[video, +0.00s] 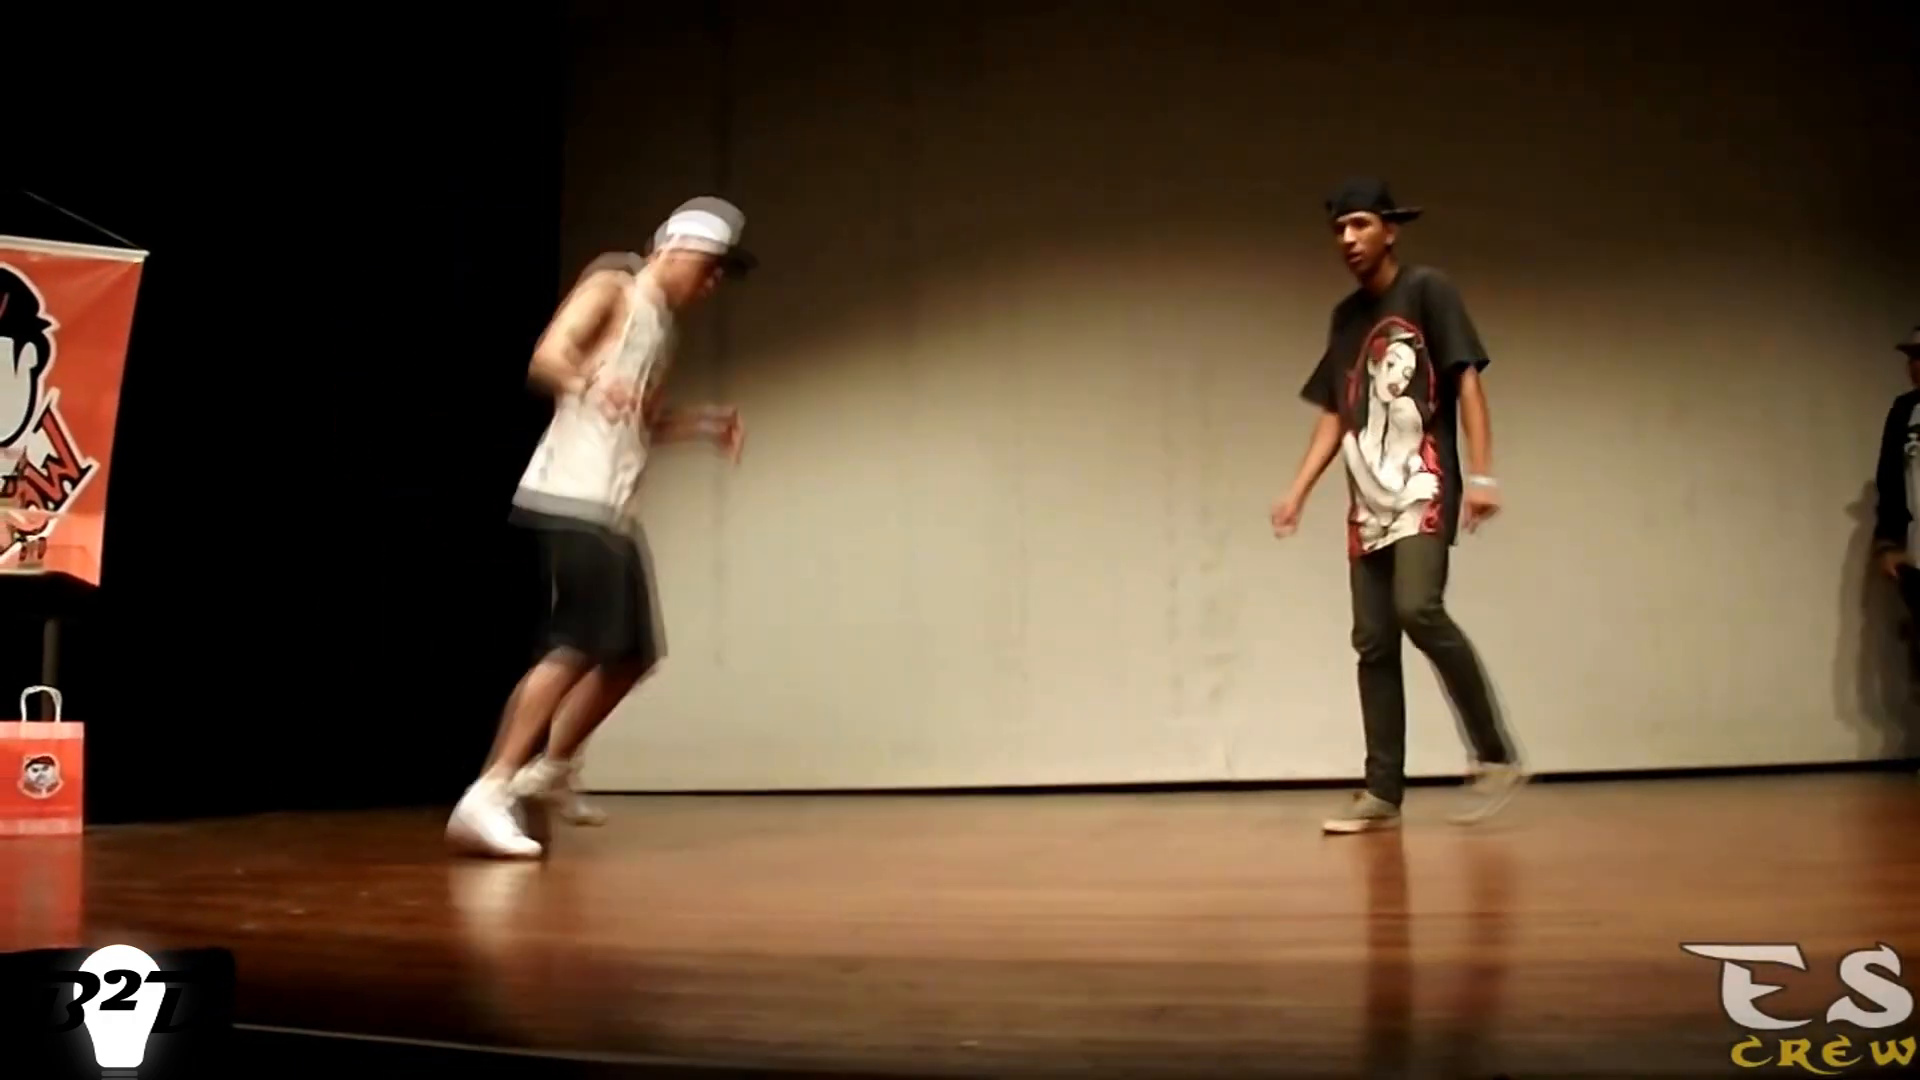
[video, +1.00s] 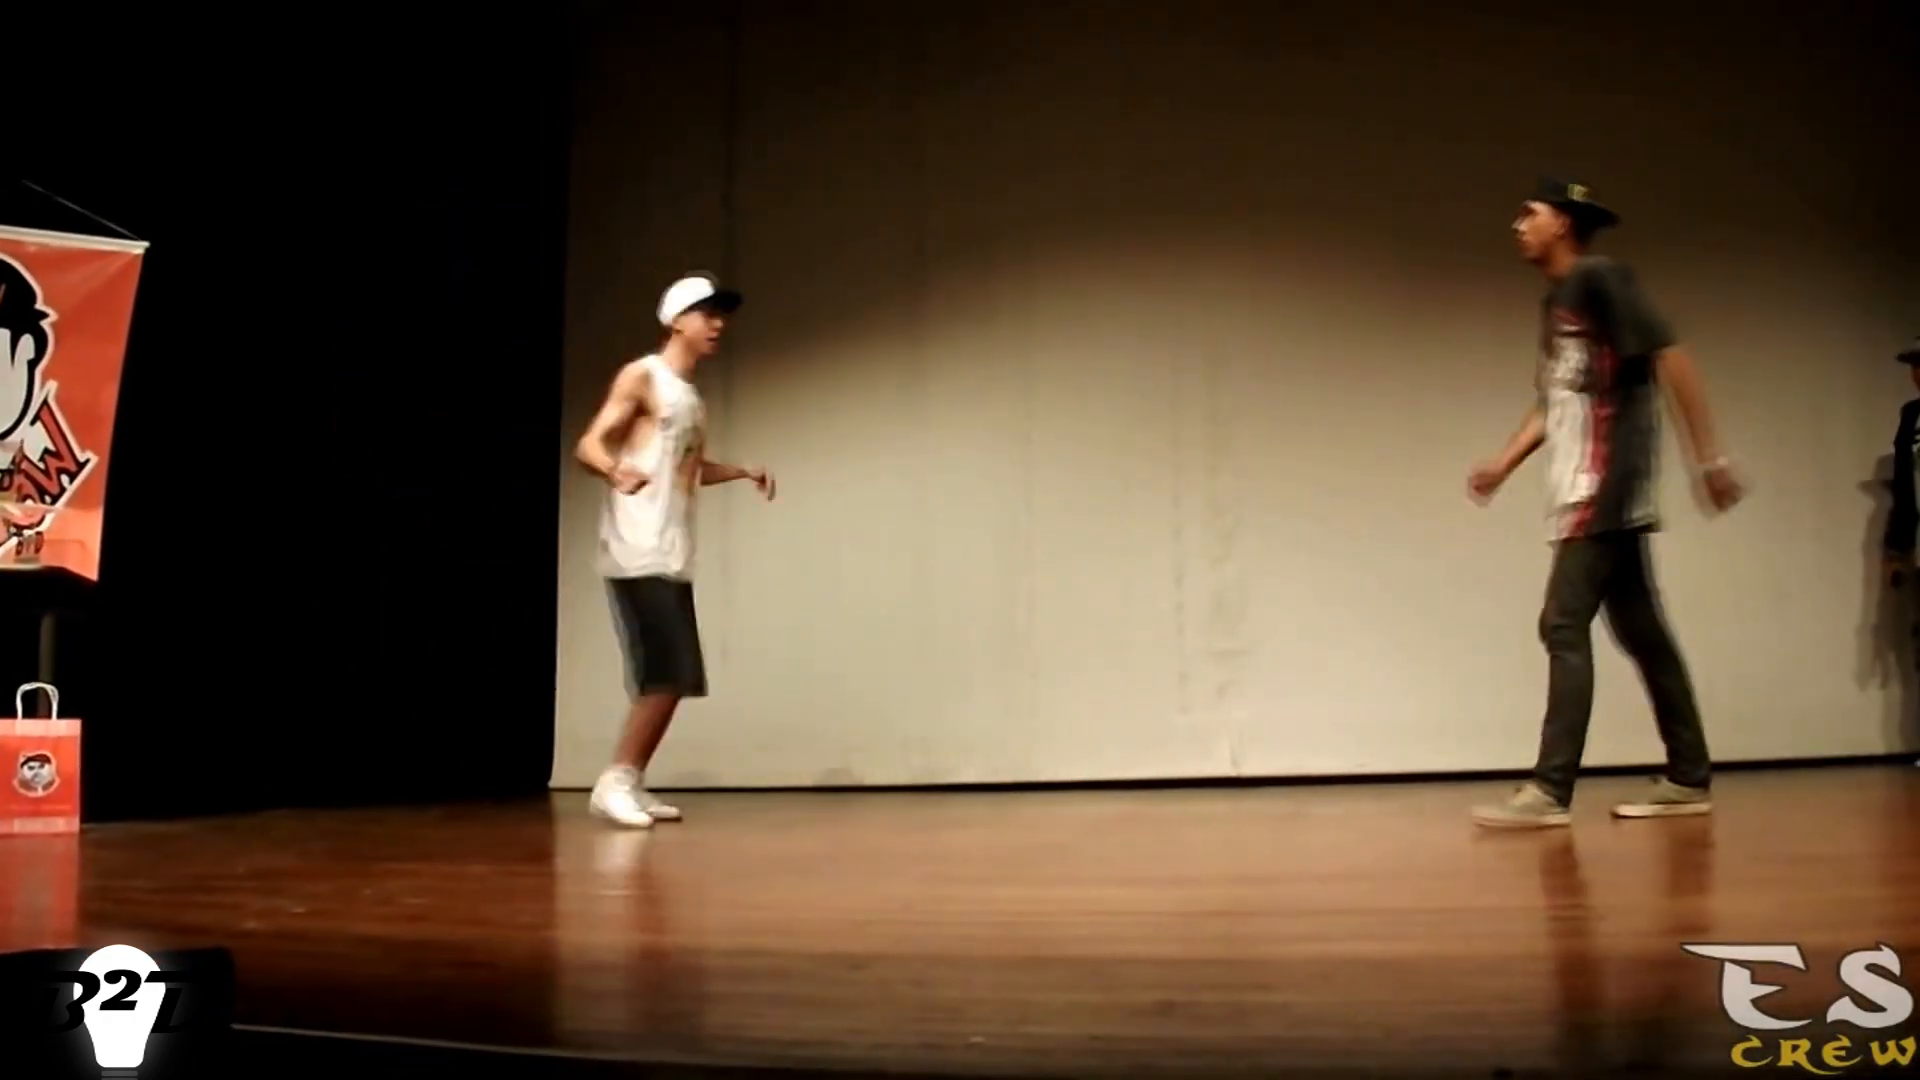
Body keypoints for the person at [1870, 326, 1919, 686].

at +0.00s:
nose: (1914, 366)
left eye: (1918, 358)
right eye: (1912, 358)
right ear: (1909, 362)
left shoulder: (1907, 410)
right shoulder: (1905, 409)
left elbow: (1890, 483)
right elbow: (1890, 482)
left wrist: (1891, 542)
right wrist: (1889, 542)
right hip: (1916, 559)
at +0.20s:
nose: (1914, 369)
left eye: (1916, 361)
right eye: (1912, 361)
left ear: (1919, 366)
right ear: (1910, 365)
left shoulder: (1906, 415)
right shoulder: (1905, 414)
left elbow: (1893, 486)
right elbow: (1893, 485)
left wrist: (1887, 542)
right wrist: (1885, 542)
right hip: (1918, 559)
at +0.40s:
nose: (1912, 375)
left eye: (1915, 367)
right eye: (1911, 367)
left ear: (1918, 372)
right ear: (1911, 373)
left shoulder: (1907, 418)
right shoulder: (1905, 418)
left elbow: (1894, 489)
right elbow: (1893, 488)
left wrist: (1882, 548)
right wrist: (1881, 548)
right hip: (1919, 552)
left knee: (1919, 648)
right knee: (1918, 650)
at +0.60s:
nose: (1911, 378)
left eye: (1914, 370)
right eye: (1909, 371)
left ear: (1919, 374)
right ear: (1910, 375)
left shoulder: (1908, 418)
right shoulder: (1906, 418)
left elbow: (1899, 493)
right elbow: (1899, 493)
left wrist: (1892, 553)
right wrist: (1891, 553)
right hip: (1918, 558)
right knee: (1919, 651)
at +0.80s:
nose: (1910, 378)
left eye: (1912, 369)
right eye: (1909, 369)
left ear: (1915, 374)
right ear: (1910, 374)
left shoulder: (1909, 418)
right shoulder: (1907, 417)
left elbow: (1902, 490)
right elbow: (1901, 490)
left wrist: (1898, 554)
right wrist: (1897, 553)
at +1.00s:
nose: (1912, 376)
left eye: (1914, 369)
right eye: (1911, 368)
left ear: (1918, 372)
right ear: (1913, 372)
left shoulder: (1912, 417)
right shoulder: (1910, 417)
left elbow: (1905, 491)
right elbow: (1904, 491)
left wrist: (1896, 550)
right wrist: (1895, 550)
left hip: (1918, 559)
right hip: (1917, 559)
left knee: (1917, 652)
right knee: (1916, 652)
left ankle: (1917, 740)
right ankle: (1917, 740)